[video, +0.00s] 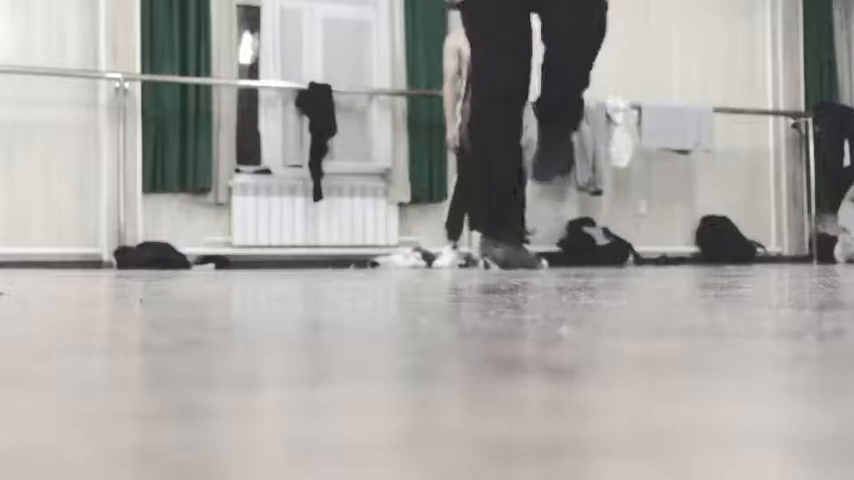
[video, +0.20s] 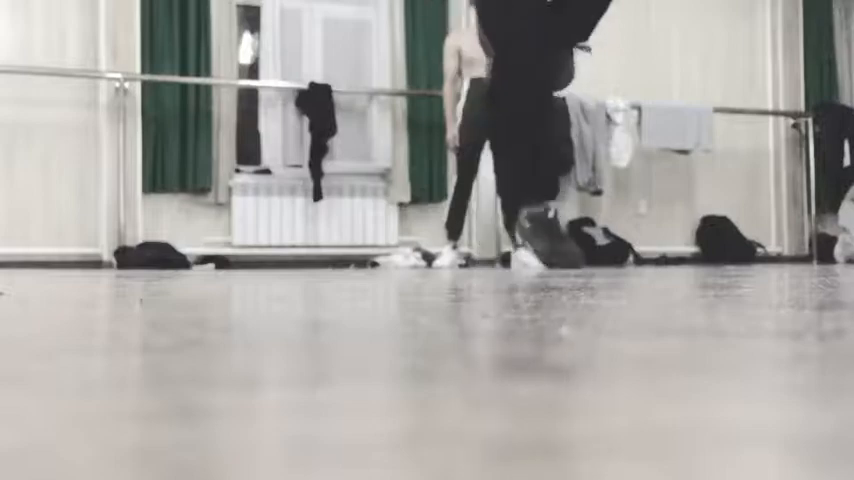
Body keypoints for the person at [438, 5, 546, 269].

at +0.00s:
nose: (472, 17)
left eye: (478, 14)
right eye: (467, 12)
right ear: (463, 12)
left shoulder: (504, 37)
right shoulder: (457, 38)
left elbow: (516, 87)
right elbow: (451, 83)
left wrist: (520, 123)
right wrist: (452, 125)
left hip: (503, 124)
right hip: (471, 123)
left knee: (507, 180)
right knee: (465, 183)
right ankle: (453, 239)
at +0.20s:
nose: (480, 17)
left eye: (483, 12)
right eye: (476, 11)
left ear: (491, 14)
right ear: (470, 12)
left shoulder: (505, 36)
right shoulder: (458, 40)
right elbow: (451, 84)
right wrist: (451, 125)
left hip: (505, 107)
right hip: (475, 106)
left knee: (509, 177)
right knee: (465, 178)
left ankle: (518, 243)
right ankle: (452, 242)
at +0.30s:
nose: (484, 12)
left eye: (486, 8)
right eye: (481, 7)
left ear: (483, 10)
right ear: (473, 8)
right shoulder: (458, 37)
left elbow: (451, 82)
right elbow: (451, 82)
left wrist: (451, 124)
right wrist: (451, 125)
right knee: (465, 175)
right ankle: (452, 241)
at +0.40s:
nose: (486, 17)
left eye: (490, 12)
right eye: (481, 12)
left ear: (494, 13)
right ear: (472, 12)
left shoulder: (502, 34)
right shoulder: (457, 37)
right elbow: (450, 82)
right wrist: (451, 125)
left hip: (503, 96)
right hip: (474, 95)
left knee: (507, 176)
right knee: (466, 176)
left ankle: (516, 244)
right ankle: (452, 242)